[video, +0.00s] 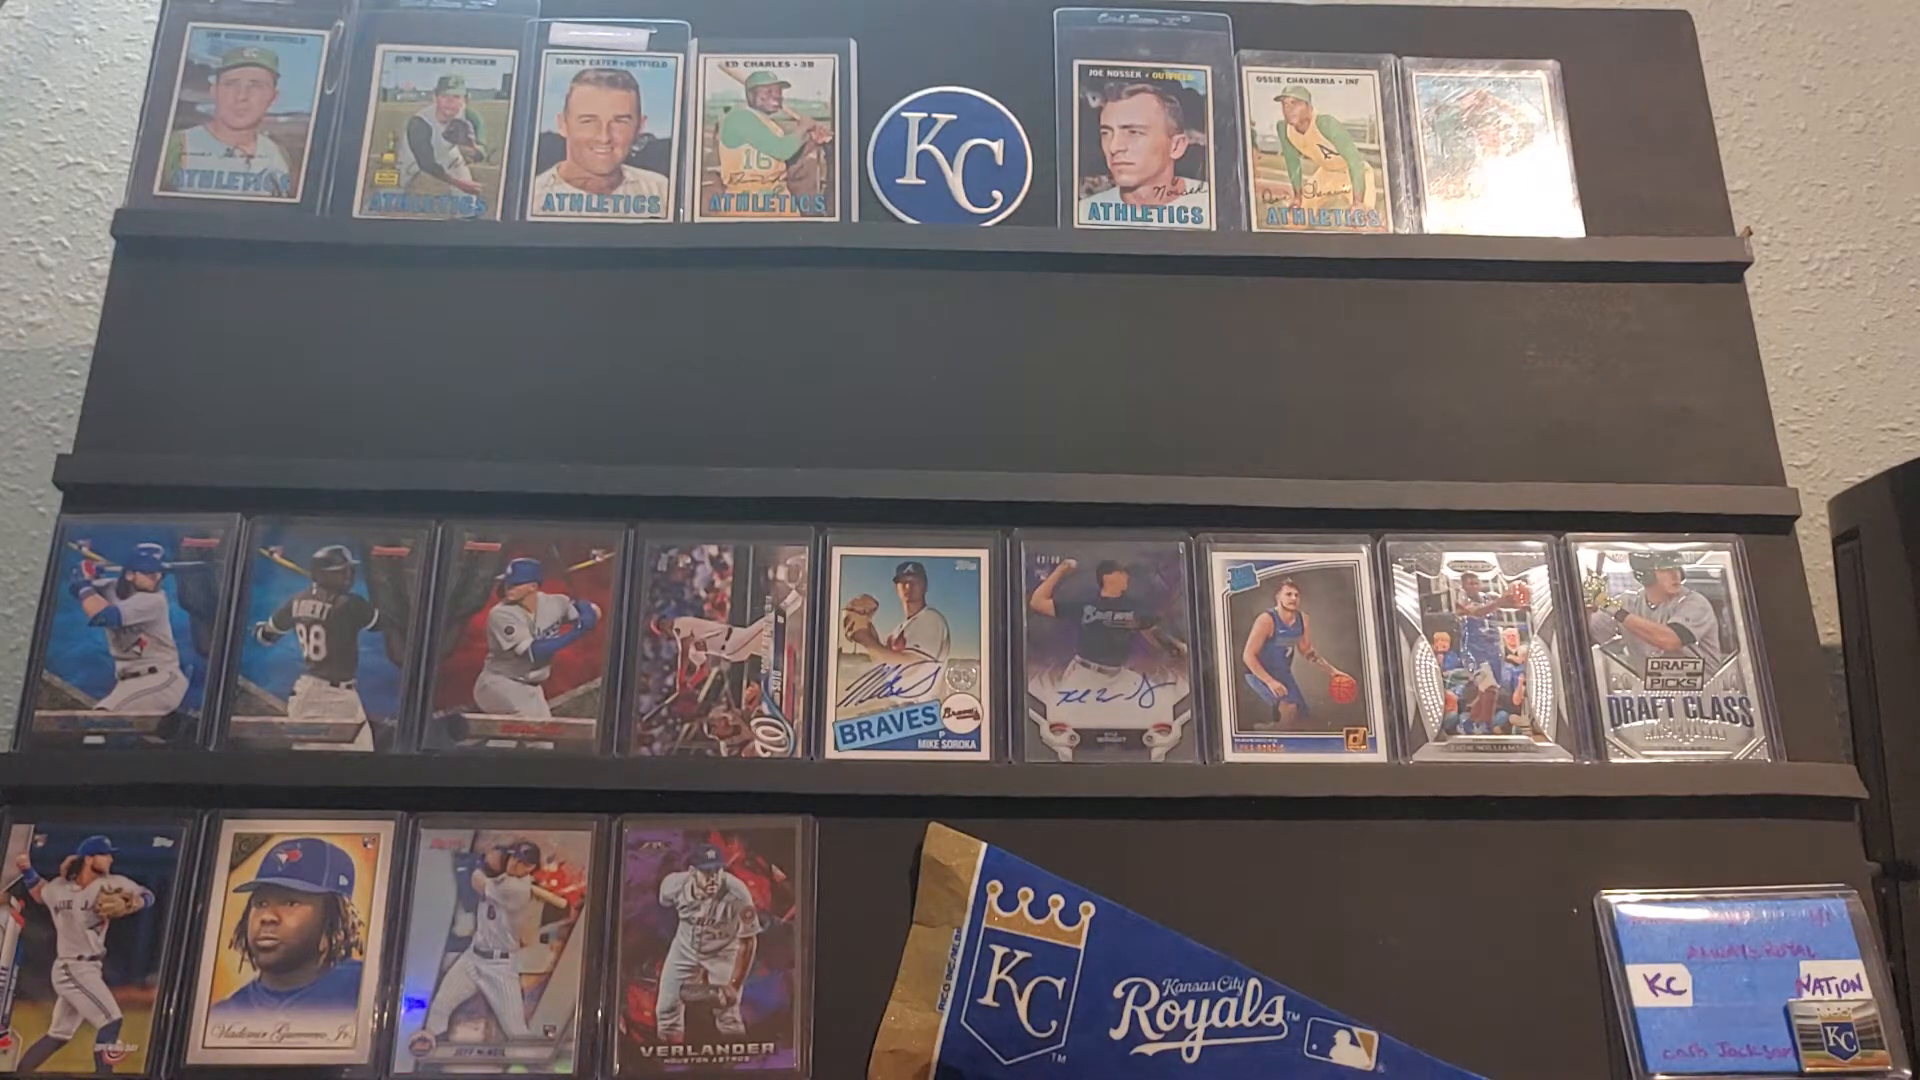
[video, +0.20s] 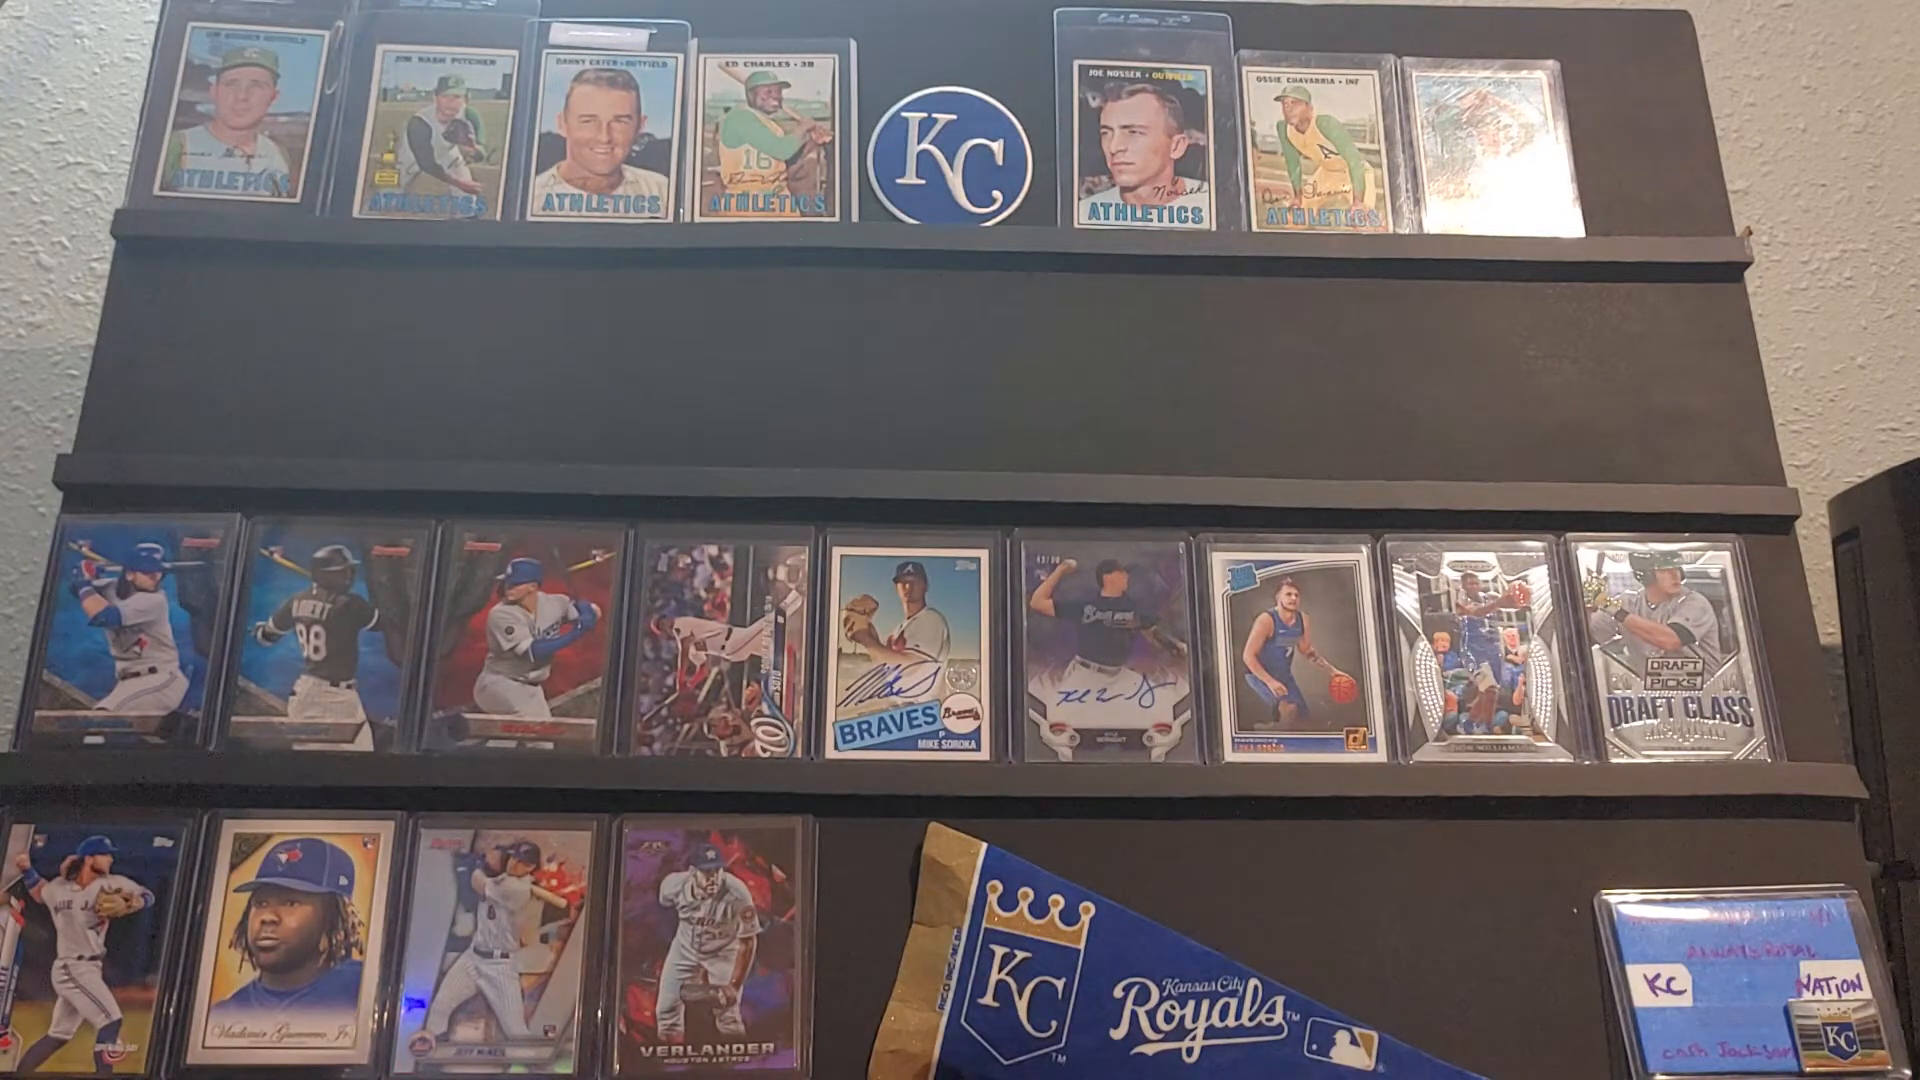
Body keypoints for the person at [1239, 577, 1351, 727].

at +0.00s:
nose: (1293, 599)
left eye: (1296, 595)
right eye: (1288, 594)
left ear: (1300, 598)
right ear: (1278, 598)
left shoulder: (1302, 619)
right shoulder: (1266, 620)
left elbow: (1307, 651)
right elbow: (1248, 656)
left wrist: (1332, 671)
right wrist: (1270, 681)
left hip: (1283, 672)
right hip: (1260, 672)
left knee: (1301, 713)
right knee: (1289, 706)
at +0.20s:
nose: (1293, 599)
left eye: (1296, 595)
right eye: (1288, 594)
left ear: (1299, 598)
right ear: (1278, 598)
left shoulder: (1302, 619)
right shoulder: (1266, 620)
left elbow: (1307, 650)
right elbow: (1248, 656)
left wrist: (1333, 671)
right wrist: (1270, 681)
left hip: (1283, 673)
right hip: (1260, 673)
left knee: (1302, 714)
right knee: (1289, 706)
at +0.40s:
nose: (1293, 599)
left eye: (1296, 595)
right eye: (1288, 595)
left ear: (1299, 599)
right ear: (1278, 598)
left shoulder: (1302, 619)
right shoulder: (1265, 620)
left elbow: (1307, 650)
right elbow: (1248, 656)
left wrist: (1332, 671)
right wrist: (1270, 682)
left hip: (1284, 674)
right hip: (1259, 673)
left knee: (1303, 715)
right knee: (1288, 708)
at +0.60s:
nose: (1293, 599)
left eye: (1296, 595)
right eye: (1288, 595)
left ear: (1299, 599)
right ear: (1278, 598)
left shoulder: (1302, 619)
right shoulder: (1266, 620)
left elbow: (1307, 650)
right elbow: (1248, 656)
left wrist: (1332, 671)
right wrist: (1270, 682)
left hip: (1284, 674)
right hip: (1260, 673)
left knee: (1302, 714)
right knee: (1288, 707)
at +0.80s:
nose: (1293, 599)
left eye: (1296, 595)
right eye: (1288, 595)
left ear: (1299, 599)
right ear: (1278, 598)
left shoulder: (1302, 619)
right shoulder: (1265, 620)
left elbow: (1307, 650)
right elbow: (1248, 656)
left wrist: (1332, 671)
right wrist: (1270, 681)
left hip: (1284, 674)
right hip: (1260, 673)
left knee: (1303, 714)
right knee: (1288, 707)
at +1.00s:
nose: (1293, 599)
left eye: (1296, 595)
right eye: (1288, 595)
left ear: (1299, 599)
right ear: (1278, 598)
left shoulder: (1302, 619)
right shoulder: (1266, 620)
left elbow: (1307, 650)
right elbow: (1248, 656)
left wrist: (1333, 671)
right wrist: (1270, 682)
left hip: (1284, 674)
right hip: (1260, 673)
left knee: (1302, 714)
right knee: (1288, 706)